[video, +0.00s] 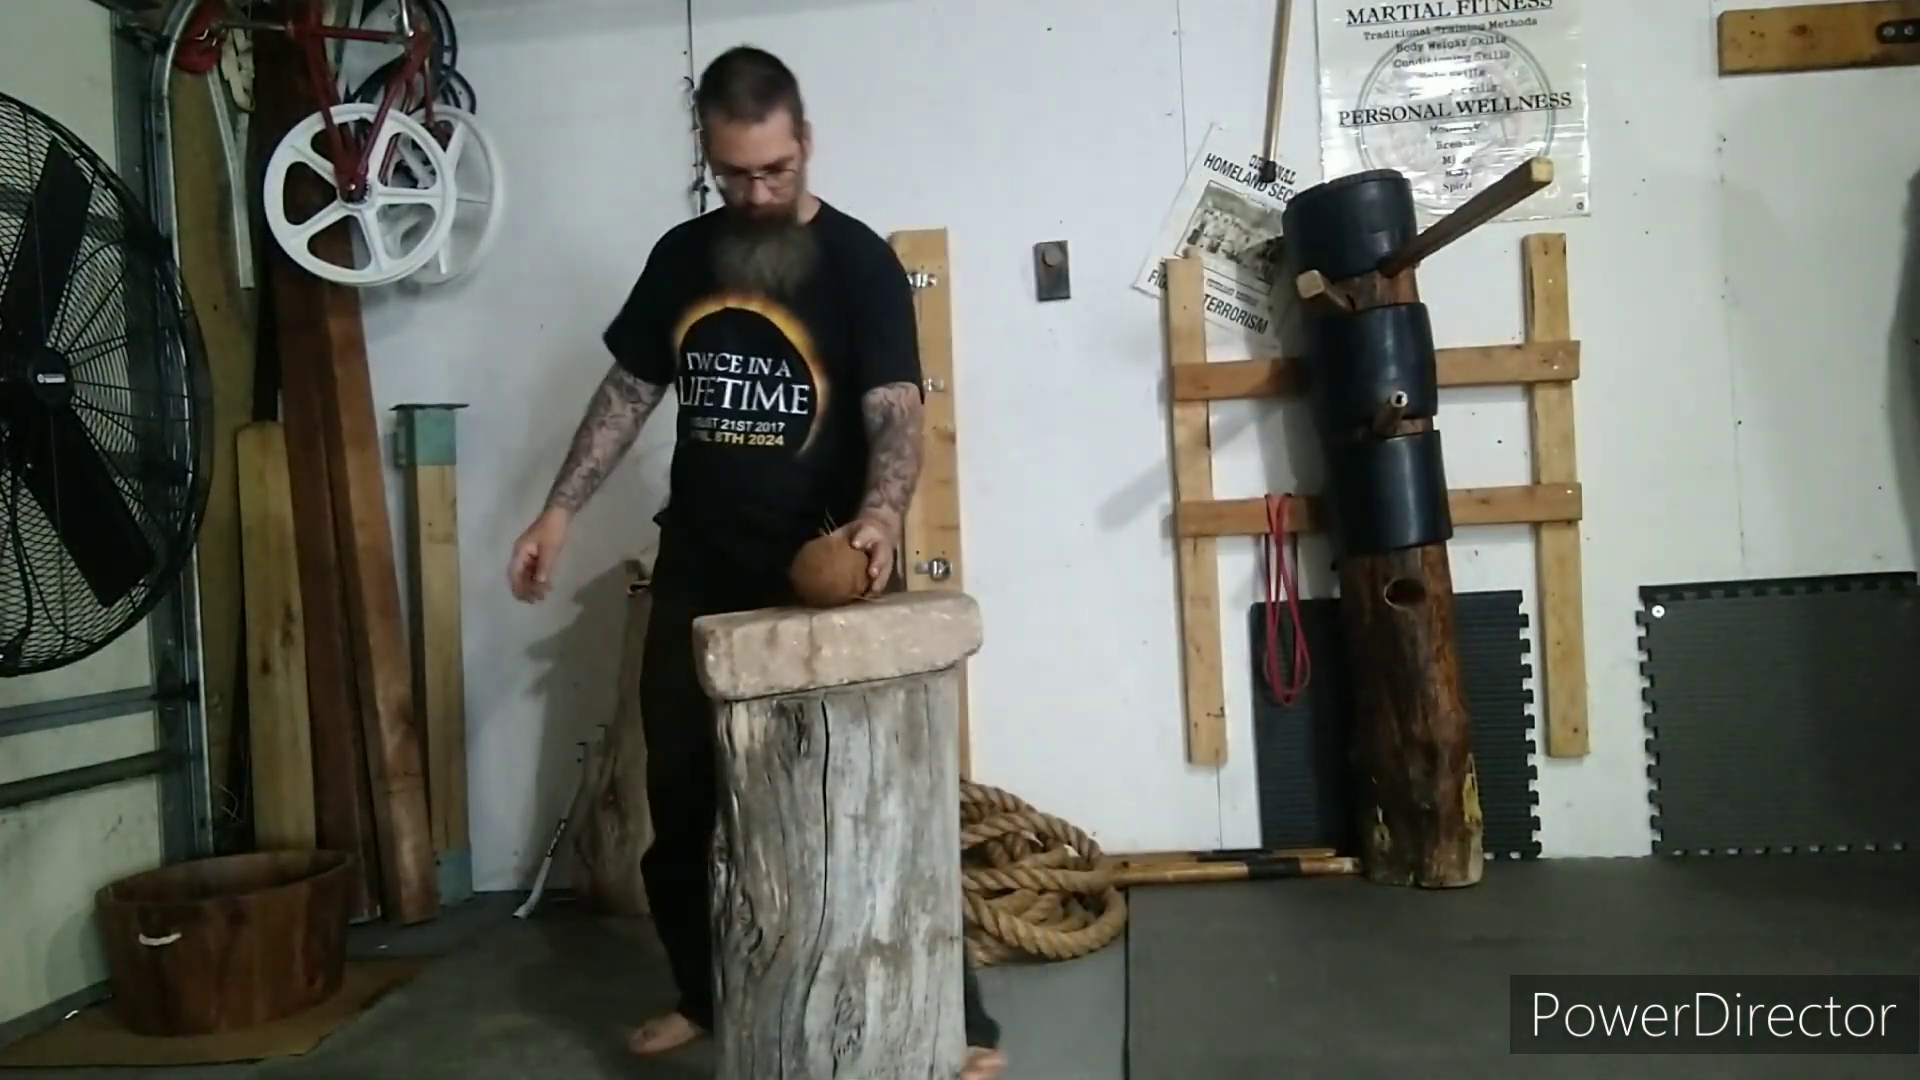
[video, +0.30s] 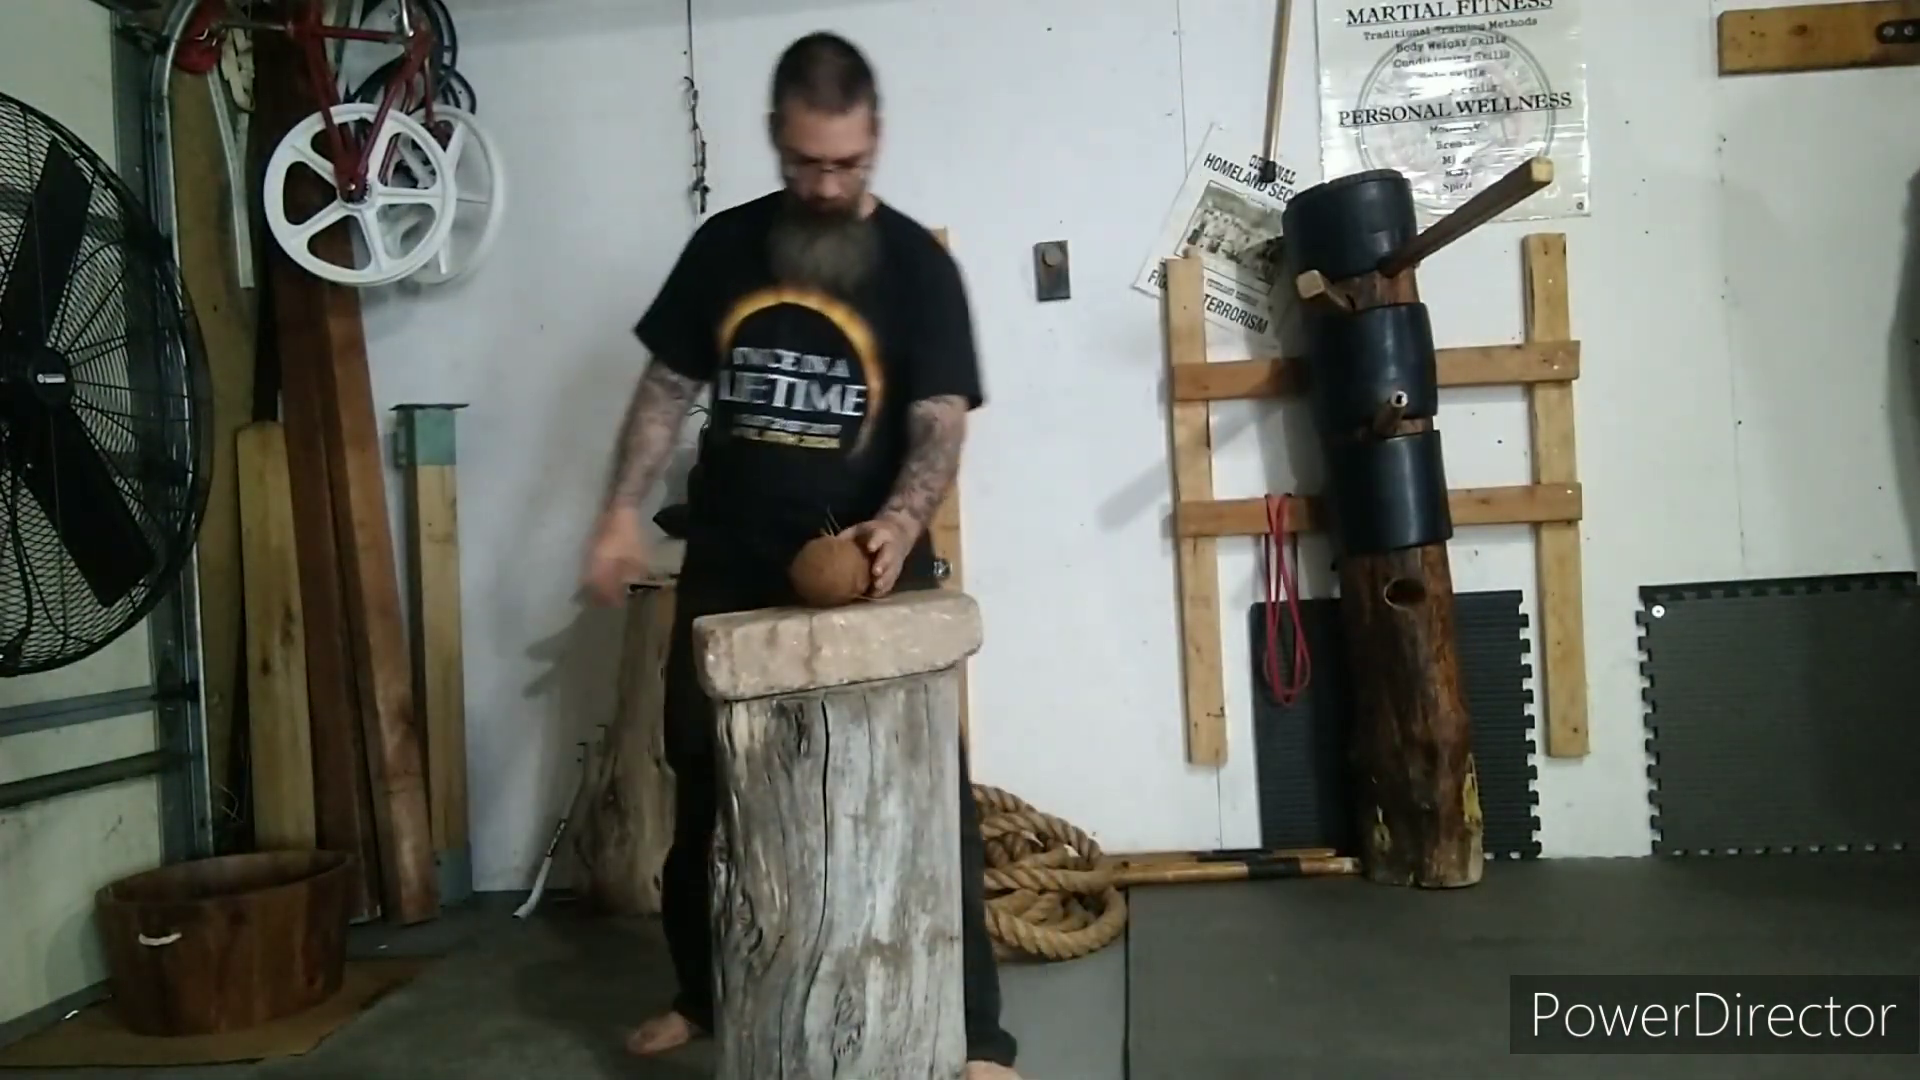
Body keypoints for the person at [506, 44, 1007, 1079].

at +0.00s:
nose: (758, 190)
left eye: (775, 168)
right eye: (736, 171)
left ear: (806, 142)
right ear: (707, 153)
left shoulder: (862, 262)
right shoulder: (681, 257)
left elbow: (897, 421)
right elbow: (628, 391)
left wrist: (881, 521)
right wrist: (557, 512)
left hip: (828, 584)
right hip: (699, 578)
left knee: (874, 808)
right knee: (681, 805)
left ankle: (958, 1022)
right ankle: (700, 1000)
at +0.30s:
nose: (827, 183)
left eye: (848, 162)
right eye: (806, 161)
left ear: (878, 138)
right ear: (773, 136)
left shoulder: (919, 263)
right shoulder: (722, 246)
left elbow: (941, 425)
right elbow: (667, 389)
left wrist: (896, 528)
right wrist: (621, 515)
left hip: (879, 579)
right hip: (729, 575)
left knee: (934, 802)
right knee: (704, 796)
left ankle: (976, 1034)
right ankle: (702, 999)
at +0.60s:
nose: (870, 185)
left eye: (892, 165)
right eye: (850, 163)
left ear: (920, 137)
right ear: (813, 130)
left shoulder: (955, 263)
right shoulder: (736, 239)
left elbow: (985, 422)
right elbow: (676, 378)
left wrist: (928, 480)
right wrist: (714, 465)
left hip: (894, 555)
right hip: (739, 554)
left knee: (939, 791)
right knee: (681, 774)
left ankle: (974, 1029)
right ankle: (647, 980)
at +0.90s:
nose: (814, 210)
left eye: (834, 190)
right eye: (795, 186)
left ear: (856, 168)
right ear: (753, 154)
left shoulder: (878, 284)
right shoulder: (673, 264)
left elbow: (903, 447)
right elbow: (614, 418)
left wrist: (828, 421)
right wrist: (740, 426)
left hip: (836, 583)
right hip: (687, 583)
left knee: (903, 799)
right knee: (656, 797)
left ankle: (971, 1030)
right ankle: (630, 993)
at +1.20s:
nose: (771, 210)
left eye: (790, 190)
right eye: (752, 187)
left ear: (812, 172)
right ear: (709, 160)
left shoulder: (846, 286)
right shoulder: (641, 275)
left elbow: (892, 437)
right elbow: (595, 429)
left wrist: (774, 446)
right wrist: (661, 424)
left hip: (815, 591)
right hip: (667, 592)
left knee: (885, 808)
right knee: (646, 806)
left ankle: (968, 1030)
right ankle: (630, 994)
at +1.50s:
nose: (804, 218)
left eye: (824, 200)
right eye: (786, 195)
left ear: (845, 181)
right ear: (743, 165)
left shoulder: (871, 286)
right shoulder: (675, 281)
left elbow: (906, 428)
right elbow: (666, 435)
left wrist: (888, 496)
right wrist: (750, 459)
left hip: (847, 579)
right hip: (700, 582)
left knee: (916, 794)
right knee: (661, 791)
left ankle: (972, 1029)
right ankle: (631, 993)